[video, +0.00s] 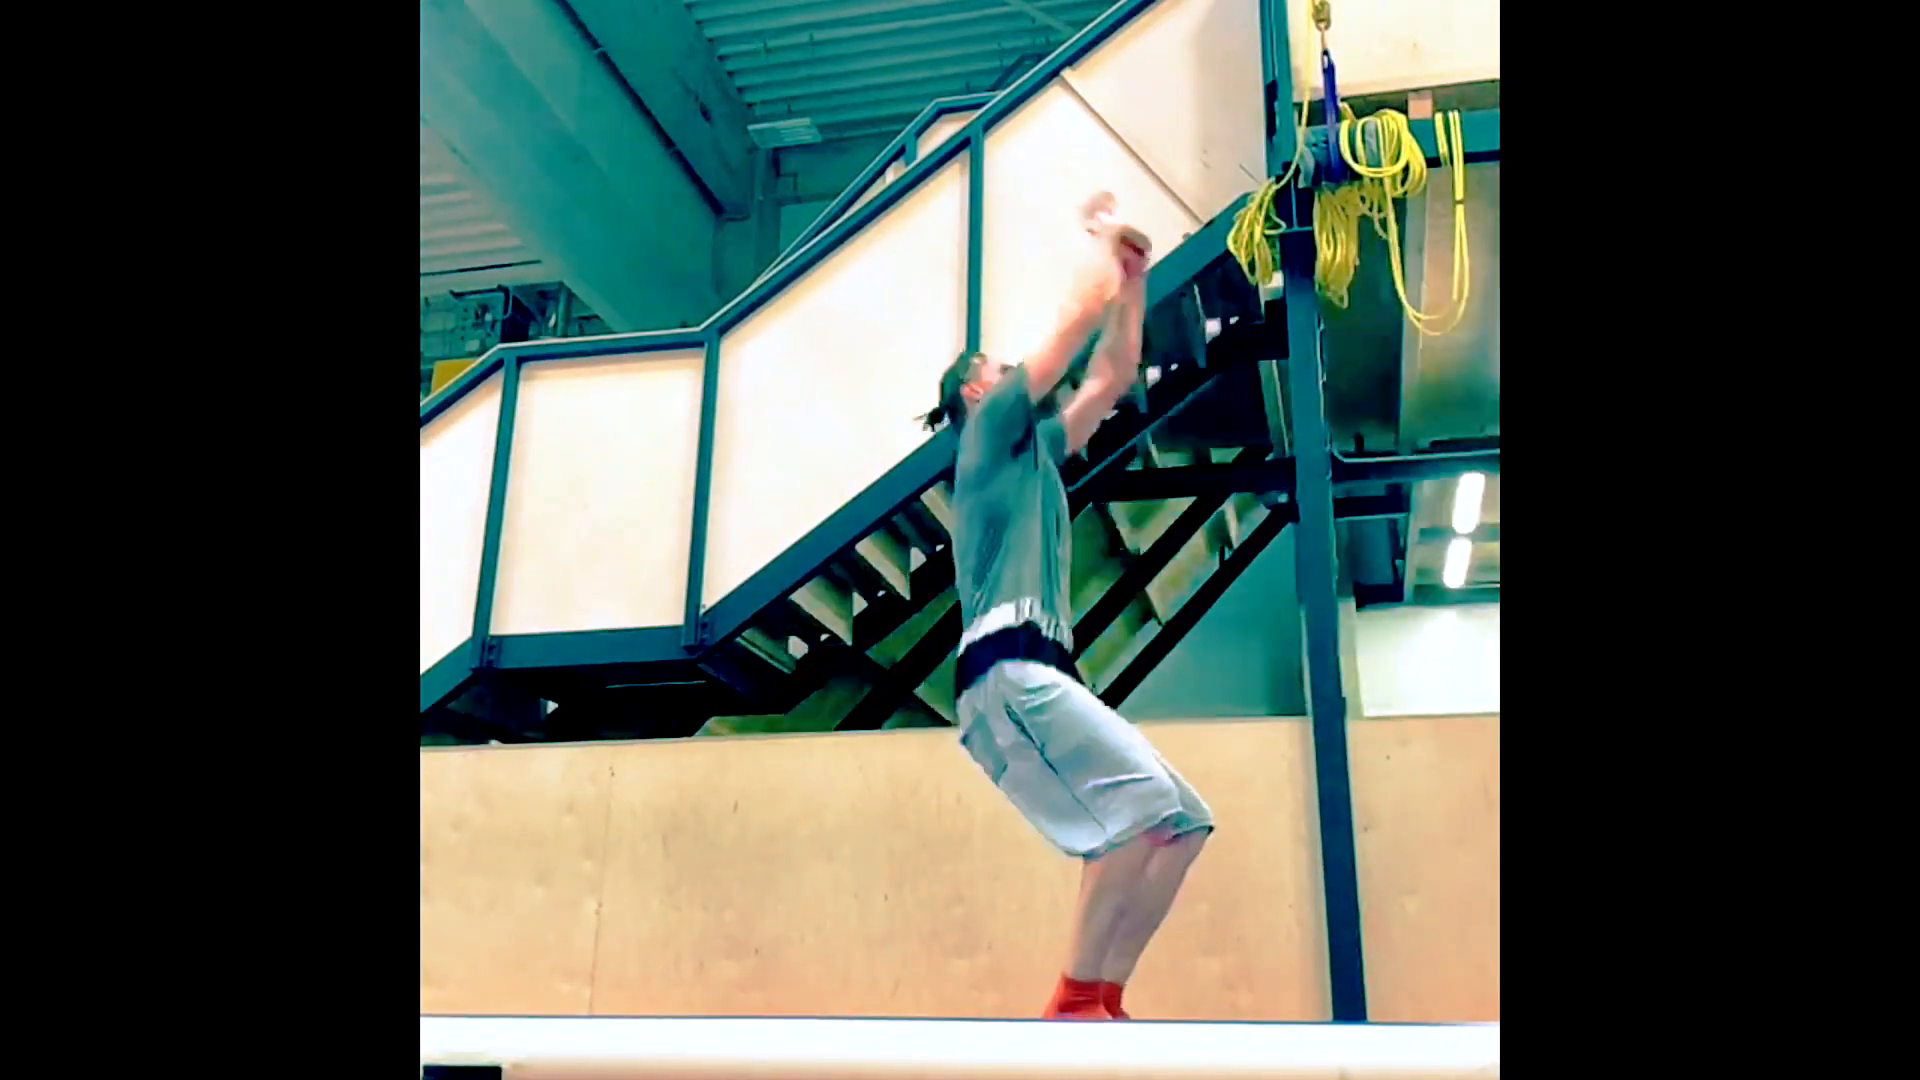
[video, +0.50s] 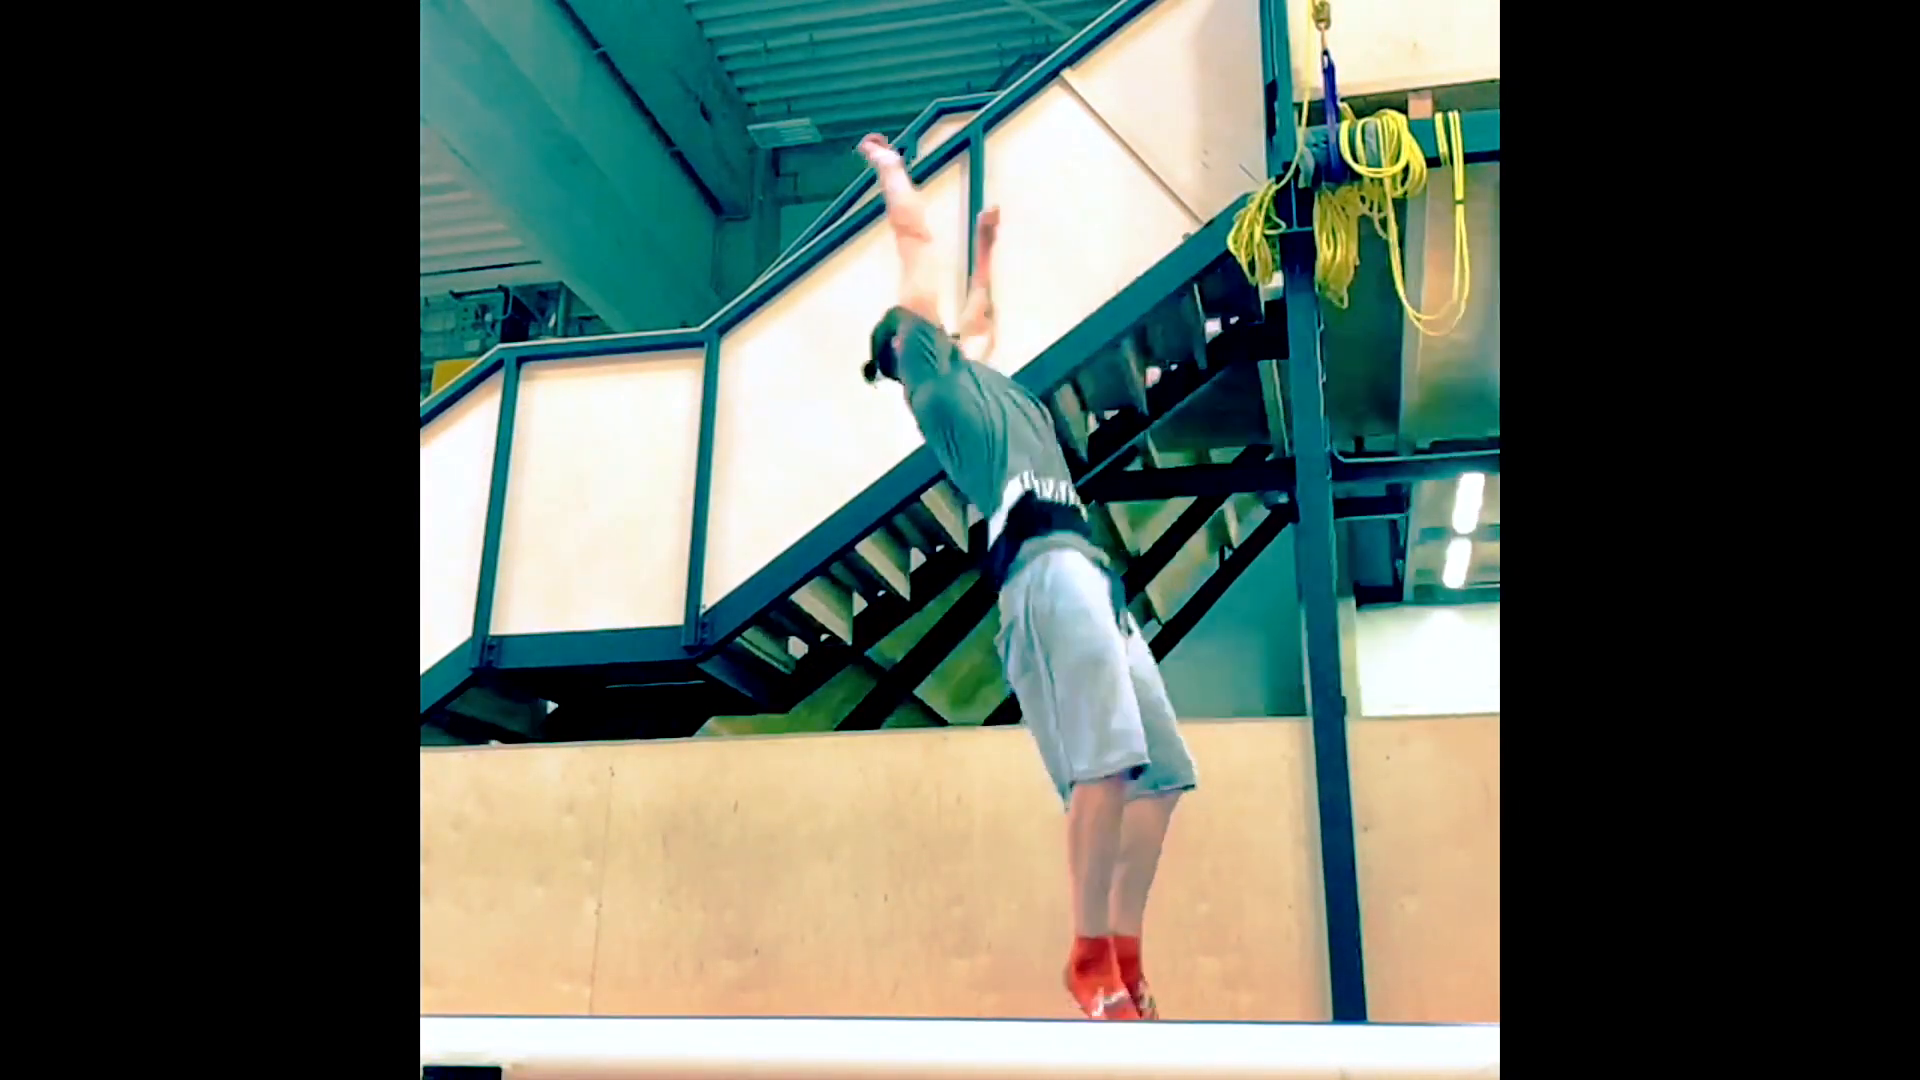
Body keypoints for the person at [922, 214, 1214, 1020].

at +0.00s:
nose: (1008, 365)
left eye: (1002, 361)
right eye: (992, 365)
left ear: (1007, 389)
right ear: (973, 393)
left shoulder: (1035, 450)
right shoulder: (986, 432)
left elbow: (1110, 381)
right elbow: (1075, 329)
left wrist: (1133, 281)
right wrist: (1106, 254)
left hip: (1045, 679)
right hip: (1007, 677)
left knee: (1182, 823)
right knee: (1141, 813)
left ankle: (1103, 1000)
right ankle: (1075, 1000)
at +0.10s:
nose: (985, 340)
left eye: (980, 337)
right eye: (970, 340)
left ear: (983, 375)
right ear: (952, 376)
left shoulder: (1020, 428)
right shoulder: (972, 421)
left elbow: (1071, 346)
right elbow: (1020, 286)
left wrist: (1077, 251)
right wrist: (1028, 202)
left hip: (1052, 647)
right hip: (1013, 644)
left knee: (1179, 812)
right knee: (1132, 797)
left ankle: (1107, 993)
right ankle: (1075, 993)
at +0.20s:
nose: (973, 333)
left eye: (966, 330)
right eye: (958, 333)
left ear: (952, 375)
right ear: (943, 366)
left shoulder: (1007, 416)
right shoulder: (965, 402)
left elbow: (1044, 335)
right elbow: (990, 266)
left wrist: (1054, 246)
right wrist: (989, 178)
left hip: (1058, 631)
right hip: (1023, 627)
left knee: (1174, 804)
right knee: (1124, 793)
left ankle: (1111, 987)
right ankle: (1079, 988)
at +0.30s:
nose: (958, 324)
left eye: (951, 324)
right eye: (944, 327)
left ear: (941, 358)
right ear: (933, 349)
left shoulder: (1001, 398)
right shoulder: (957, 386)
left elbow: (1019, 327)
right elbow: (963, 240)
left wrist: (1024, 239)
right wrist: (952, 158)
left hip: (1067, 617)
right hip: (1031, 612)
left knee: (1171, 795)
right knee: (1119, 782)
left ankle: (1112, 981)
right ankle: (1079, 982)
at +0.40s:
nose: (944, 321)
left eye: (937, 321)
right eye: (931, 322)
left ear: (928, 353)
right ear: (921, 343)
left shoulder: (990, 387)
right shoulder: (945, 376)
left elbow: (1000, 327)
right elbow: (936, 238)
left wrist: (1000, 246)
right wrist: (918, 166)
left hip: (1077, 593)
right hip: (1039, 591)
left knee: (1166, 784)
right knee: (1111, 771)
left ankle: (1118, 971)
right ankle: (1083, 971)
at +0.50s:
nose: (932, 320)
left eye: (926, 320)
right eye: (917, 322)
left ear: (919, 347)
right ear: (907, 340)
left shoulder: (984, 382)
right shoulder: (932, 369)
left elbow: (980, 324)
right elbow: (914, 242)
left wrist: (985, 249)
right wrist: (892, 180)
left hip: (1090, 572)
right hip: (1048, 566)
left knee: (1163, 771)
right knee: (1104, 759)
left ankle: (1124, 958)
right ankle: (1089, 958)